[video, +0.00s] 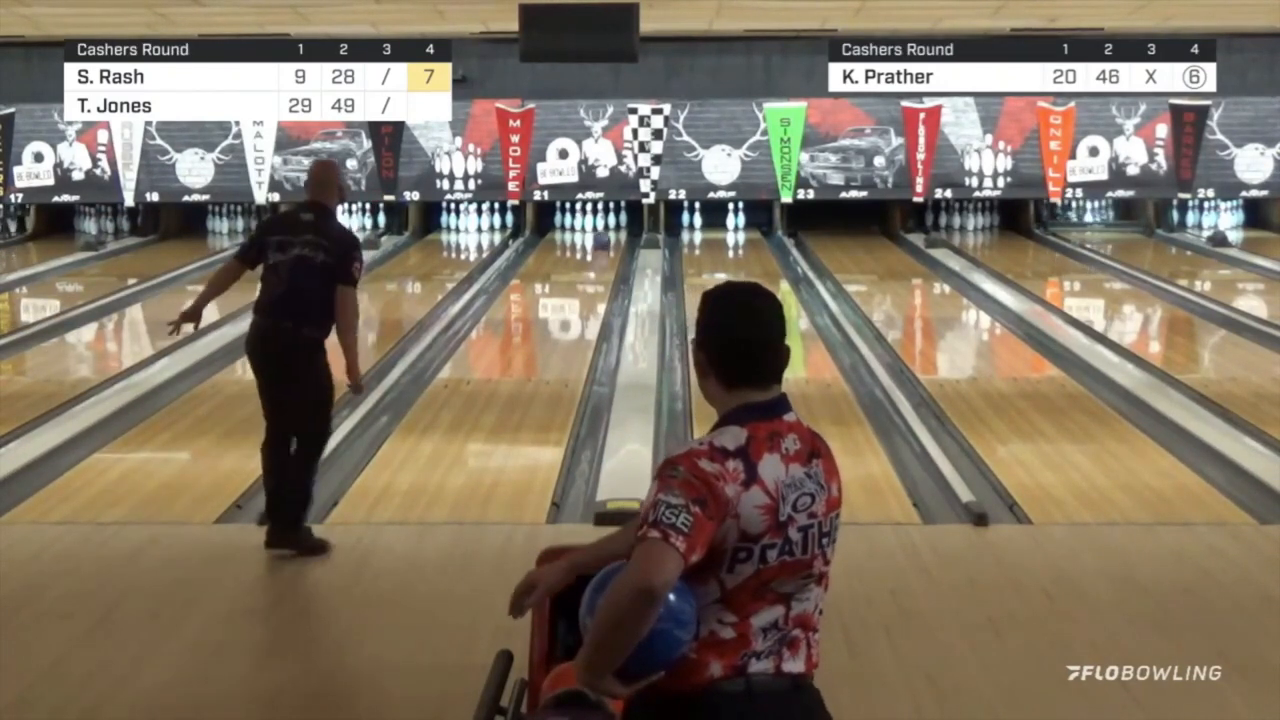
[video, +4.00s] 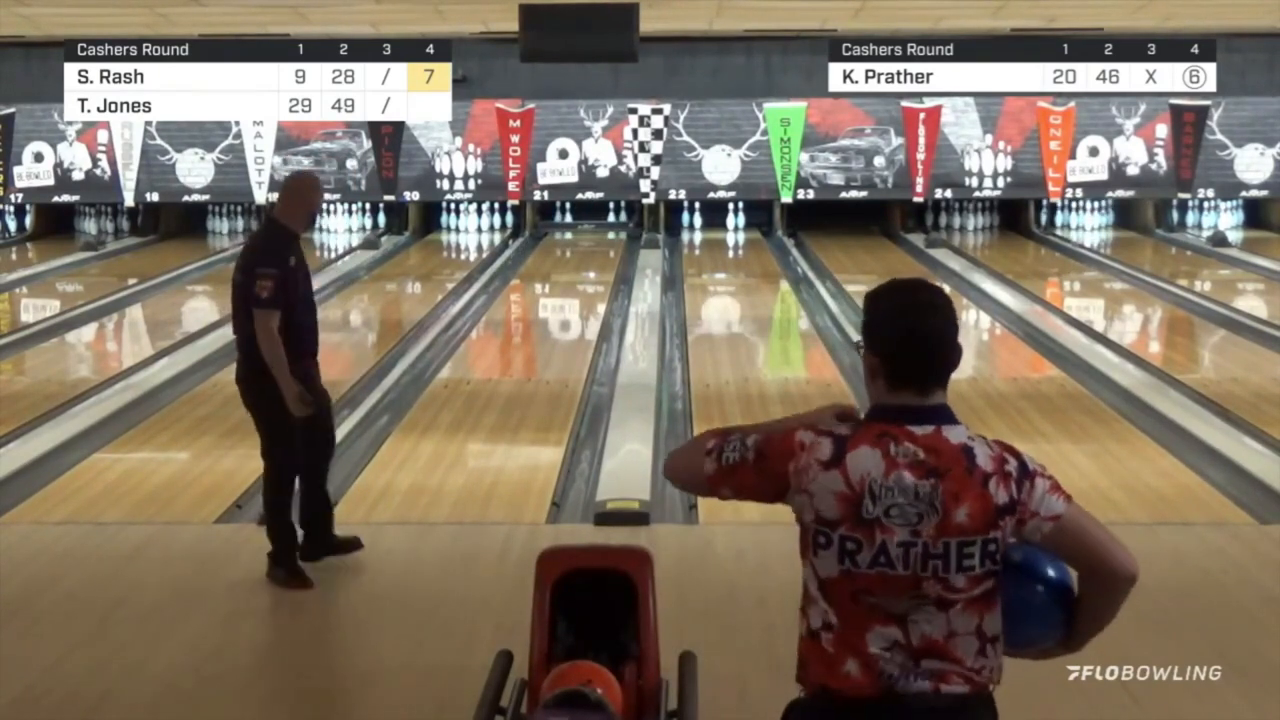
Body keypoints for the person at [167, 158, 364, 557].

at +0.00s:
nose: (345, 191)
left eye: (342, 184)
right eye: (342, 185)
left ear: (308, 187)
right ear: (335, 190)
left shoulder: (276, 222)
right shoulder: (343, 241)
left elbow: (235, 267)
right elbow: (346, 310)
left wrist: (197, 305)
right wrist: (352, 365)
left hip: (261, 340)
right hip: (304, 346)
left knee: (278, 428)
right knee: (314, 430)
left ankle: (278, 520)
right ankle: (290, 526)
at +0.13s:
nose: (346, 187)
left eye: (342, 179)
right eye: (345, 181)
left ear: (310, 184)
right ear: (341, 187)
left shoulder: (278, 223)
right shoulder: (348, 236)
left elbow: (238, 268)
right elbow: (353, 294)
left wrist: (204, 305)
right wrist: (379, 351)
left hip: (275, 343)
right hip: (321, 346)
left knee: (285, 430)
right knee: (346, 433)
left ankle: (281, 525)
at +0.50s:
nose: (354, 190)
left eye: (350, 183)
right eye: (354, 184)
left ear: (318, 184)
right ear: (351, 187)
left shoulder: (284, 231)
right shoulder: (362, 239)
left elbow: (270, 291)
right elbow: (389, 302)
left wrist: (269, 339)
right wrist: (423, 346)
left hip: (301, 351)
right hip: (350, 354)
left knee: (297, 436)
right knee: (362, 445)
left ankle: (282, 524)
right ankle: (373, 530)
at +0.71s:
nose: (342, 190)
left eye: (336, 182)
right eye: (342, 184)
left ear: (309, 183)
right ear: (340, 188)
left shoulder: (275, 232)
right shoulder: (354, 240)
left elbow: (265, 285)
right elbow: (370, 299)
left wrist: (289, 314)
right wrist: (374, 328)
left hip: (296, 348)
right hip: (346, 349)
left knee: (293, 436)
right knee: (359, 442)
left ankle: (281, 524)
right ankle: (373, 527)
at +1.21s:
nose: (320, 189)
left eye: (317, 182)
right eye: (318, 184)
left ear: (281, 187)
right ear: (313, 190)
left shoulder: (250, 231)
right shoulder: (329, 240)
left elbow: (227, 287)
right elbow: (344, 304)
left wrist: (215, 338)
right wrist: (328, 332)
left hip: (269, 349)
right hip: (318, 351)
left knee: (273, 436)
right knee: (339, 437)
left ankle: (280, 525)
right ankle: (344, 524)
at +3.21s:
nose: (319, 211)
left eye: (319, 204)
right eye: (316, 204)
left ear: (282, 200)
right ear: (303, 201)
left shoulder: (243, 233)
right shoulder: (311, 233)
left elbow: (234, 297)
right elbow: (327, 298)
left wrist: (241, 343)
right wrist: (342, 344)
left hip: (251, 345)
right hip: (291, 345)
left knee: (265, 430)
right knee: (297, 434)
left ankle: (277, 522)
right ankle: (290, 533)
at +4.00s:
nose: (318, 212)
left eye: (319, 204)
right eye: (314, 203)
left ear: (292, 201)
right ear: (295, 202)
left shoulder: (286, 246)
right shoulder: (268, 251)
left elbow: (291, 320)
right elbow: (265, 331)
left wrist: (310, 374)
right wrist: (289, 389)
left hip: (297, 370)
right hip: (267, 376)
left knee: (318, 448)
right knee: (282, 461)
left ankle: (318, 537)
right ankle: (282, 557)